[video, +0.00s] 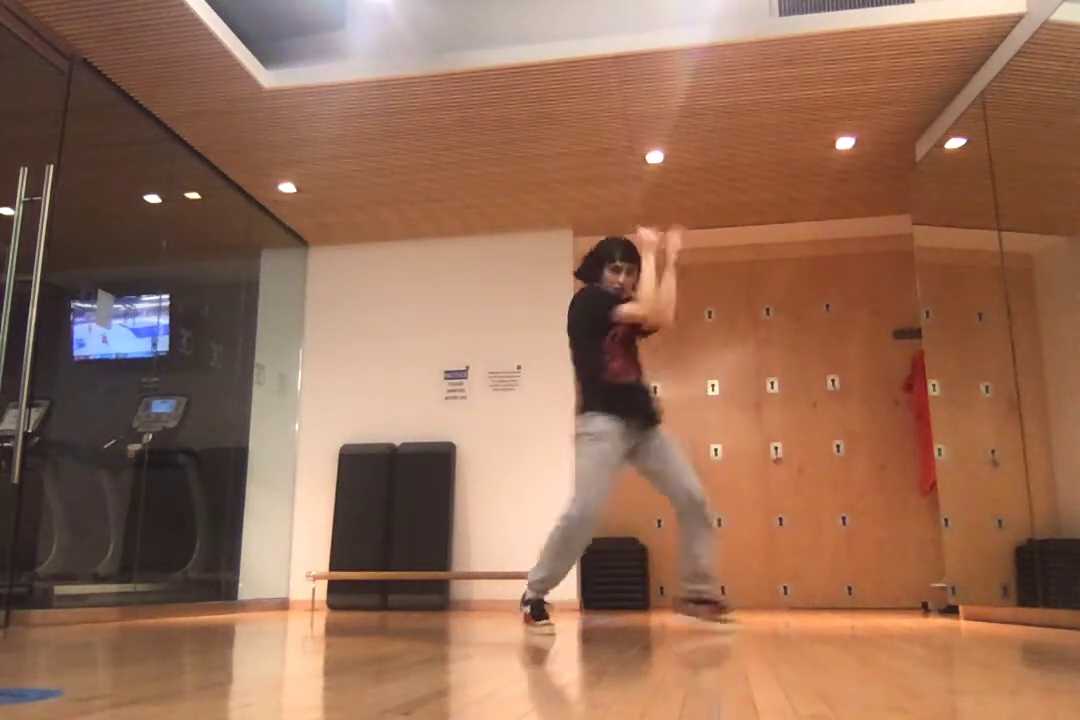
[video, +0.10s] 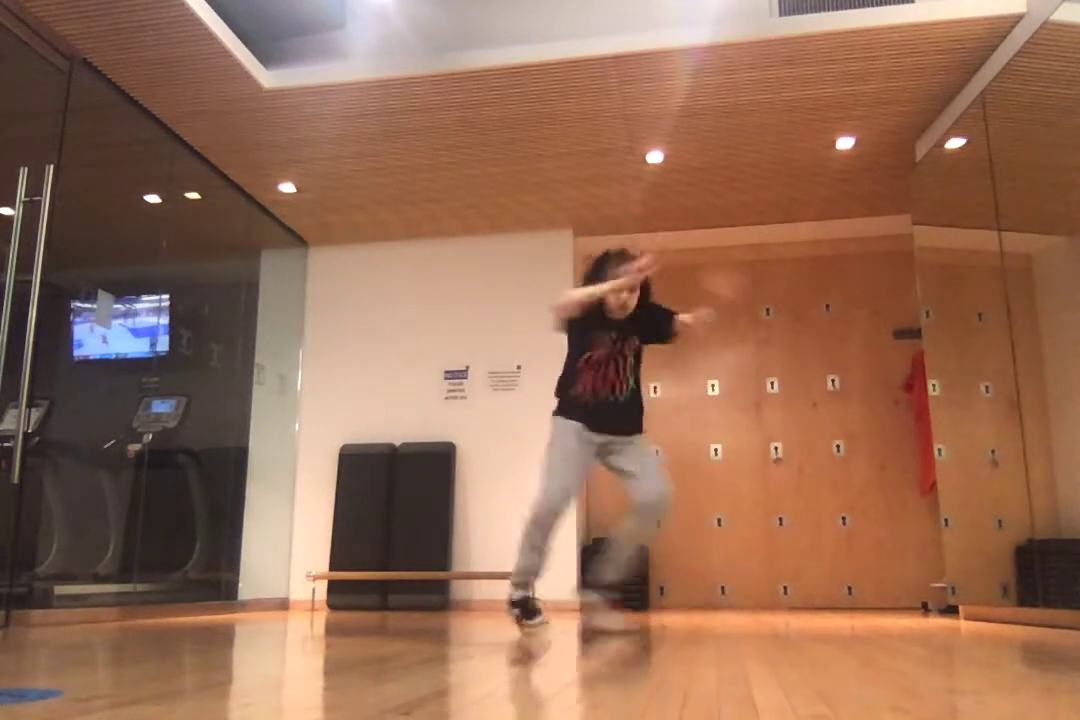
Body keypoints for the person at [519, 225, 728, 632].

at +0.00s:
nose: (623, 280)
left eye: (630, 273)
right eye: (615, 270)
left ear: (634, 274)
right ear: (597, 270)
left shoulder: (622, 307)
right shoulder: (588, 302)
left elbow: (662, 316)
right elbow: (648, 312)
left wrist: (670, 261)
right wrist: (651, 255)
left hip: (642, 422)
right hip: (602, 421)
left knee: (692, 498)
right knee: (585, 512)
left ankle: (699, 594)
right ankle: (535, 593)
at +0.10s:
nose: (627, 298)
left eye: (634, 290)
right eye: (619, 289)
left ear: (640, 289)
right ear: (600, 288)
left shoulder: (643, 317)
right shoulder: (582, 315)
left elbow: (677, 325)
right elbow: (562, 306)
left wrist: (693, 320)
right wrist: (614, 283)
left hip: (624, 434)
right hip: (575, 428)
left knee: (655, 497)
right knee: (551, 502)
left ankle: (603, 585)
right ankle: (522, 590)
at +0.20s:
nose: (615, 300)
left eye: (621, 292)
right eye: (607, 293)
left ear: (633, 295)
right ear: (595, 297)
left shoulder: (653, 329)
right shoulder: (576, 325)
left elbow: (707, 333)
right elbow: (528, 329)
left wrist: (767, 331)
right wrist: (498, 320)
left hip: (619, 450)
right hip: (568, 436)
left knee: (617, 524)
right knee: (522, 505)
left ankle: (566, 600)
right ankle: (473, 581)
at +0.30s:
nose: (611, 287)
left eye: (617, 280)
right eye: (604, 281)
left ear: (627, 284)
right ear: (591, 286)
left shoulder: (645, 323)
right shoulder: (575, 322)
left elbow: (699, 345)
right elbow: (524, 354)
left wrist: (753, 358)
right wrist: (477, 346)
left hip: (619, 447)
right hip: (568, 438)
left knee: (619, 526)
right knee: (519, 515)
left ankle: (568, 602)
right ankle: (485, 575)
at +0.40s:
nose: (608, 254)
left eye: (614, 248)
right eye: (601, 248)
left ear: (624, 255)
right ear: (590, 256)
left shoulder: (642, 303)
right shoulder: (574, 302)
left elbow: (670, 347)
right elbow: (555, 351)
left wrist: (716, 378)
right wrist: (543, 358)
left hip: (616, 420)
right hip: (569, 418)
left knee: (604, 503)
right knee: (565, 502)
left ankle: (576, 595)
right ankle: (566, 580)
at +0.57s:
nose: (600, 258)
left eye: (607, 252)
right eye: (594, 251)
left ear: (619, 260)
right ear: (581, 257)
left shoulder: (633, 303)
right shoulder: (568, 297)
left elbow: (652, 348)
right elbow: (572, 331)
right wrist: (603, 297)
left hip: (621, 409)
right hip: (575, 409)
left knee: (608, 497)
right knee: (594, 500)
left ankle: (597, 592)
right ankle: (621, 583)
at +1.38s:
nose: (597, 298)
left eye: (603, 294)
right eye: (589, 293)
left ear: (614, 306)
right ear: (575, 304)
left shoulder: (614, 347)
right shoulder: (558, 336)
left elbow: (640, 337)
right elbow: (552, 326)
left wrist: (591, 334)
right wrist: (598, 331)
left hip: (591, 447)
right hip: (545, 445)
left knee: (592, 519)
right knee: (546, 533)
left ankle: (569, 598)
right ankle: (593, 582)